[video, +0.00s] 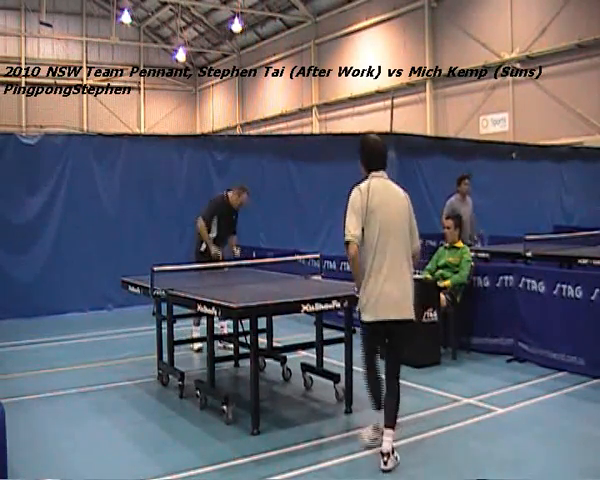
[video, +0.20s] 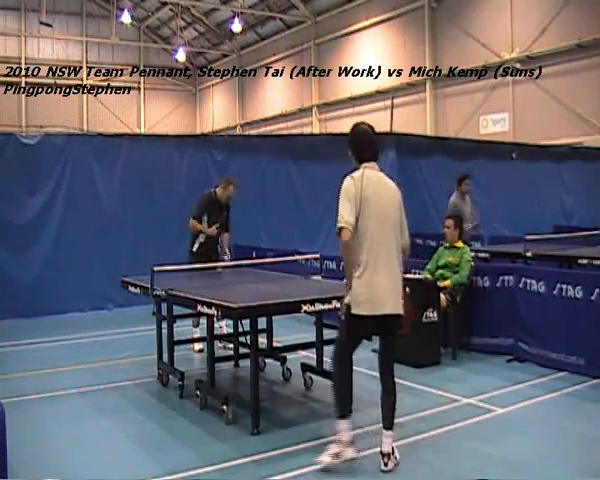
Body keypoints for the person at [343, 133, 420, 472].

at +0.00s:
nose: (362, 164)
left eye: (361, 158)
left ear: (362, 161)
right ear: (386, 161)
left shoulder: (359, 193)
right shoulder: (402, 195)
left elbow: (353, 243)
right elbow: (415, 248)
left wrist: (359, 280)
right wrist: (399, 271)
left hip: (372, 297)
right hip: (402, 297)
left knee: (370, 362)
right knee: (393, 370)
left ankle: (382, 421)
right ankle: (388, 441)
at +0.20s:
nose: (349, 154)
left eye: (349, 149)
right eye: (354, 147)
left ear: (352, 151)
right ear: (377, 150)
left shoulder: (352, 182)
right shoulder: (393, 187)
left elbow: (345, 233)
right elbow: (405, 244)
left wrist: (349, 276)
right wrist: (384, 267)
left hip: (362, 294)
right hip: (392, 295)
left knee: (342, 358)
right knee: (387, 367)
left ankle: (343, 438)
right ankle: (388, 442)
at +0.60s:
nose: (311, 171)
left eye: (310, 165)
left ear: (313, 168)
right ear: (338, 167)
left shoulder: (310, 198)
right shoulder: (353, 204)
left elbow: (300, 250)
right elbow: (364, 262)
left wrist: (306, 296)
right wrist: (345, 289)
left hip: (323, 314)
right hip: (355, 312)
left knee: (298, 388)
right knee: (367, 376)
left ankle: (298, 467)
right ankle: (385, 448)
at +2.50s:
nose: (307, 208)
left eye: (307, 204)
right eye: (309, 203)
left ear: (310, 205)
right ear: (334, 205)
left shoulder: (316, 231)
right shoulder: (348, 234)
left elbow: (286, 284)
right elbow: (349, 284)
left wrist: (276, 322)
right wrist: (322, 308)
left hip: (339, 343)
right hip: (366, 340)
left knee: (295, 393)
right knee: (352, 380)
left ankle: (301, 470)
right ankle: (375, 447)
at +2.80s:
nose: (315, 232)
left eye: (315, 228)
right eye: (317, 228)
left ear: (318, 229)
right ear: (342, 228)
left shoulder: (331, 248)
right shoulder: (350, 255)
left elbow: (311, 279)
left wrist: (286, 316)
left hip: (350, 357)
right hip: (376, 356)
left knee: (297, 393)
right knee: (352, 385)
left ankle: (302, 470)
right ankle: (374, 448)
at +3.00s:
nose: (318, 213)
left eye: (319, 208)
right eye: (321, 207)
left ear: (323, 211)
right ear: (345, 208)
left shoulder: (337, 230)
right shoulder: (356, 232)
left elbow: (348, 256)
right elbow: (347, 262)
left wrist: (359, 282)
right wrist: (324, 261)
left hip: (361, 332)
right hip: (384, 333)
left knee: (316, 389)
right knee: (358, 379)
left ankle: (302, 468)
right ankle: (375, 449)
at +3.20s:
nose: (326, 192)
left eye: (327, 187)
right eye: (328, 187)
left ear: (332, 187)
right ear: (354, 184)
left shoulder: (344, 206)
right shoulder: (365, 210)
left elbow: (356, 237)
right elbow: (370, 266)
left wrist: (353, 289)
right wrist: (336, 274)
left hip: (367, 316)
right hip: (387, 314)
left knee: (336, 384)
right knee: (364, 373)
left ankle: (346, 459)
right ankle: (376, 446)